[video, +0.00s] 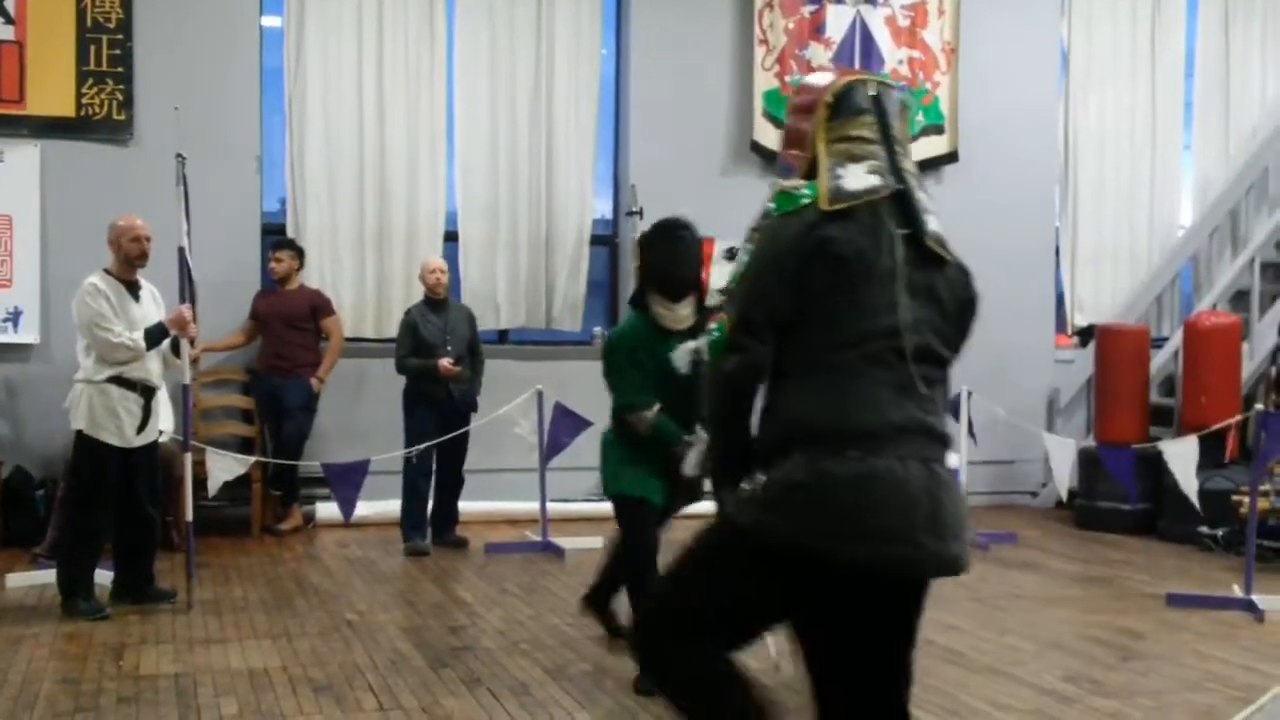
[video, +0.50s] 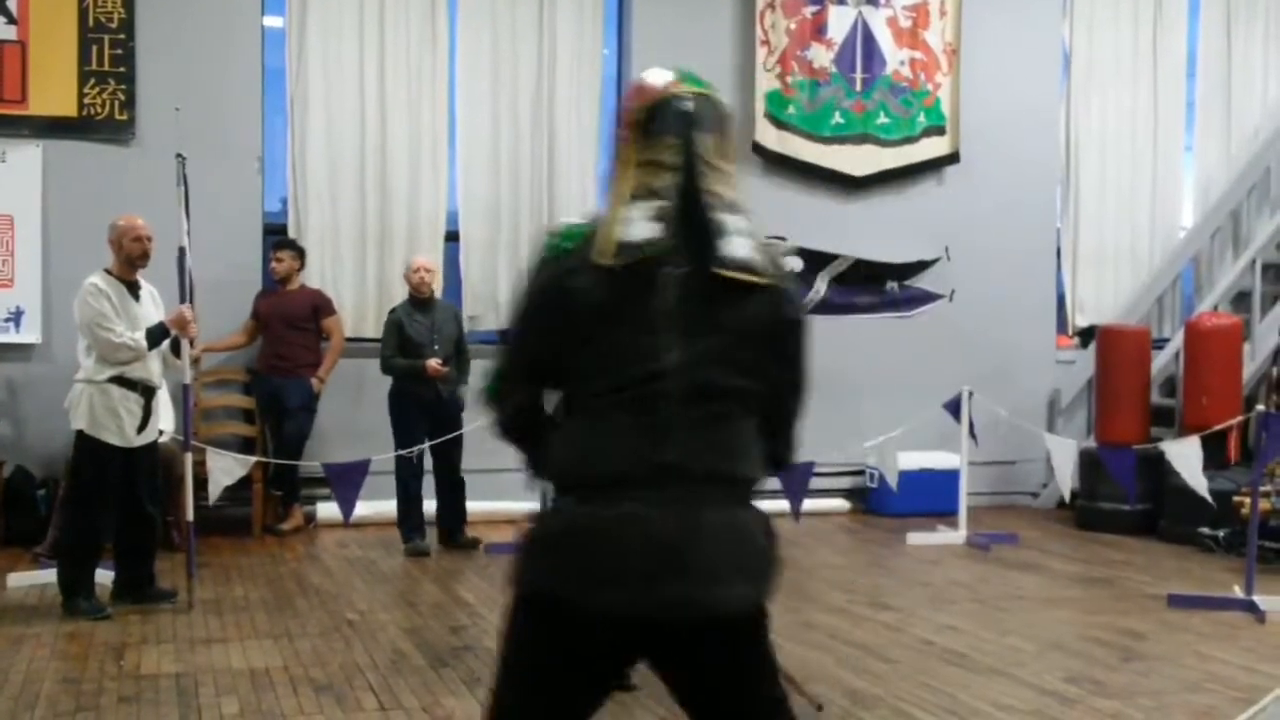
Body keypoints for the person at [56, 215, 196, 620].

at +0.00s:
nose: (145, 247)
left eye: (148, 240)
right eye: (136, 241)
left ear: (151, 246)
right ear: (114, 246)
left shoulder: (151, 293)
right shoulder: (93, 290)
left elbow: (166, 354)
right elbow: (114, 348)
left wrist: (183, 345)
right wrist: (167, 328)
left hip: (146, 410)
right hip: (104, 408)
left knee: (141, 502)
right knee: (90, 503)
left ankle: (134, 583)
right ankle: (76, 592)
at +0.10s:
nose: (144, 247)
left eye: (146, 240)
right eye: (135, 241)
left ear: (149, 246)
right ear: (112, 246)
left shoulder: (149, 293)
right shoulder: (92, 291)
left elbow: (165, 353)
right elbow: (113, 348)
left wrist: (183, 345)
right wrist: (166, 327)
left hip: (144, 410)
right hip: (102, 408)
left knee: (139, 502)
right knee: (89, 503)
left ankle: (133, 583)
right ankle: (75, 592)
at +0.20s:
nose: (146, 247)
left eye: (149, 240)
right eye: (137, 241)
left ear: (151, 246)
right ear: (115, 246)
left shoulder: (152, 293)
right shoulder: (95, 291)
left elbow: (167, 355)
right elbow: (115, 349)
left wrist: (184, 344)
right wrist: (169, 327)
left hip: (146, 410)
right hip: (105, 408)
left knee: (142, 501)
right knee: (92, 502)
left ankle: (136, 583)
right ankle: (77, 592)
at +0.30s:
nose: (147, 247)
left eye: (150, 240)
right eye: (138, 241)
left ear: (153, 246)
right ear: (116, 246)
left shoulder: (153, 293)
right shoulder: (96, 291)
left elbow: (168, 356)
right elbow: (117, 348)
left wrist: (185, 344)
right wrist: (170, 327)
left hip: (147, 410)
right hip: (106, 407)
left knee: (143, 501)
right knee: (93, 502)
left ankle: (137, 582)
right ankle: (79, 592)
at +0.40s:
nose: (148, 247)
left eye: (151, 240)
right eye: (139, 240)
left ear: (152, 245)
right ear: (117, 246)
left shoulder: (153, 293)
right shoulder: (96, 290)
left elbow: (169, 357)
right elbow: (117, 348)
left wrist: (185, 344)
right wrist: (170, 327)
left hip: (148, 410)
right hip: (106, 408)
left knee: (143, 501)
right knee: (94, 502)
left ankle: (137, 583)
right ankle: (79, 591)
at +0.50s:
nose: (147, 247)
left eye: (149, 240)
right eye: (138, 240)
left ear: (151, 246)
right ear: (115, 246)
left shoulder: (150, 293)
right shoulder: (94, 290)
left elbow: (168, 355)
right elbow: (115, 348)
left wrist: (183, 343)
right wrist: (168, 328)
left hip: (145, 410)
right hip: (104, 408)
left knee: (141, 501)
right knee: (91, 502)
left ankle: (135, 582)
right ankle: (77, 591)